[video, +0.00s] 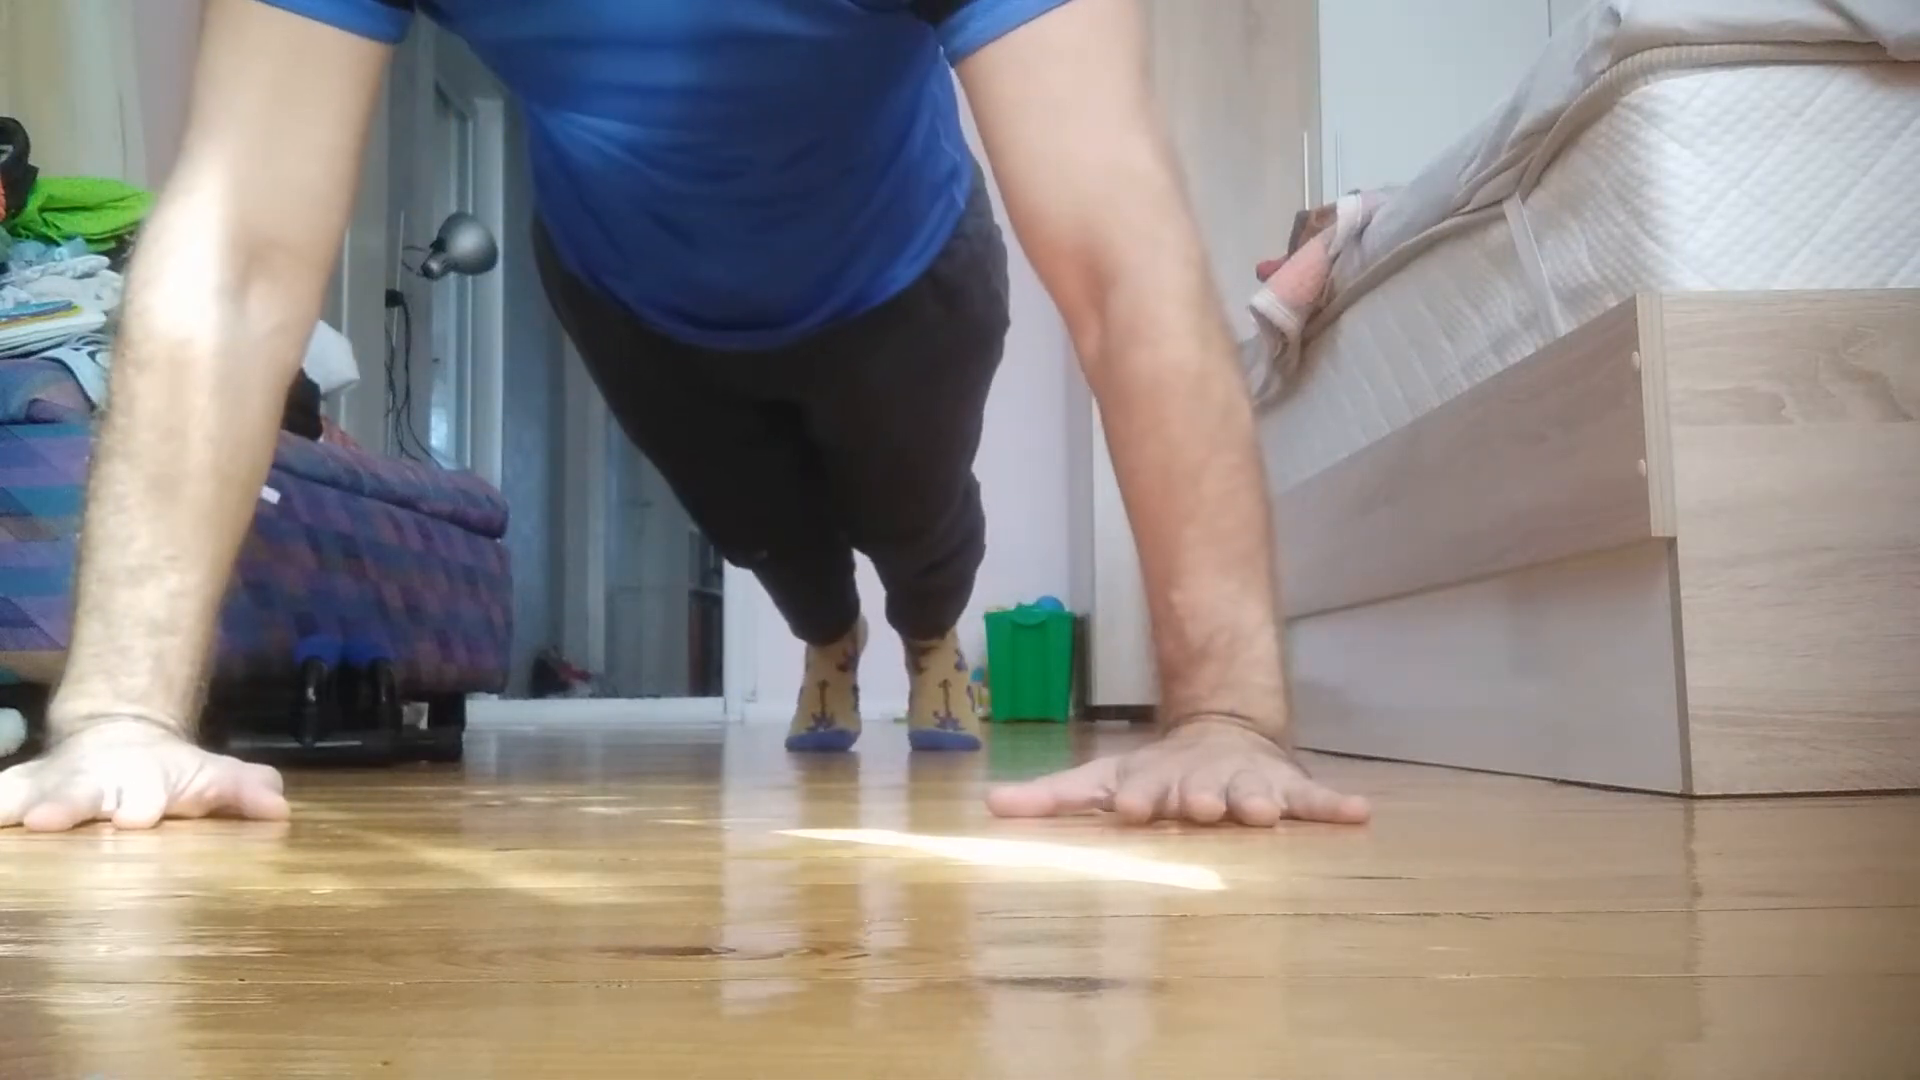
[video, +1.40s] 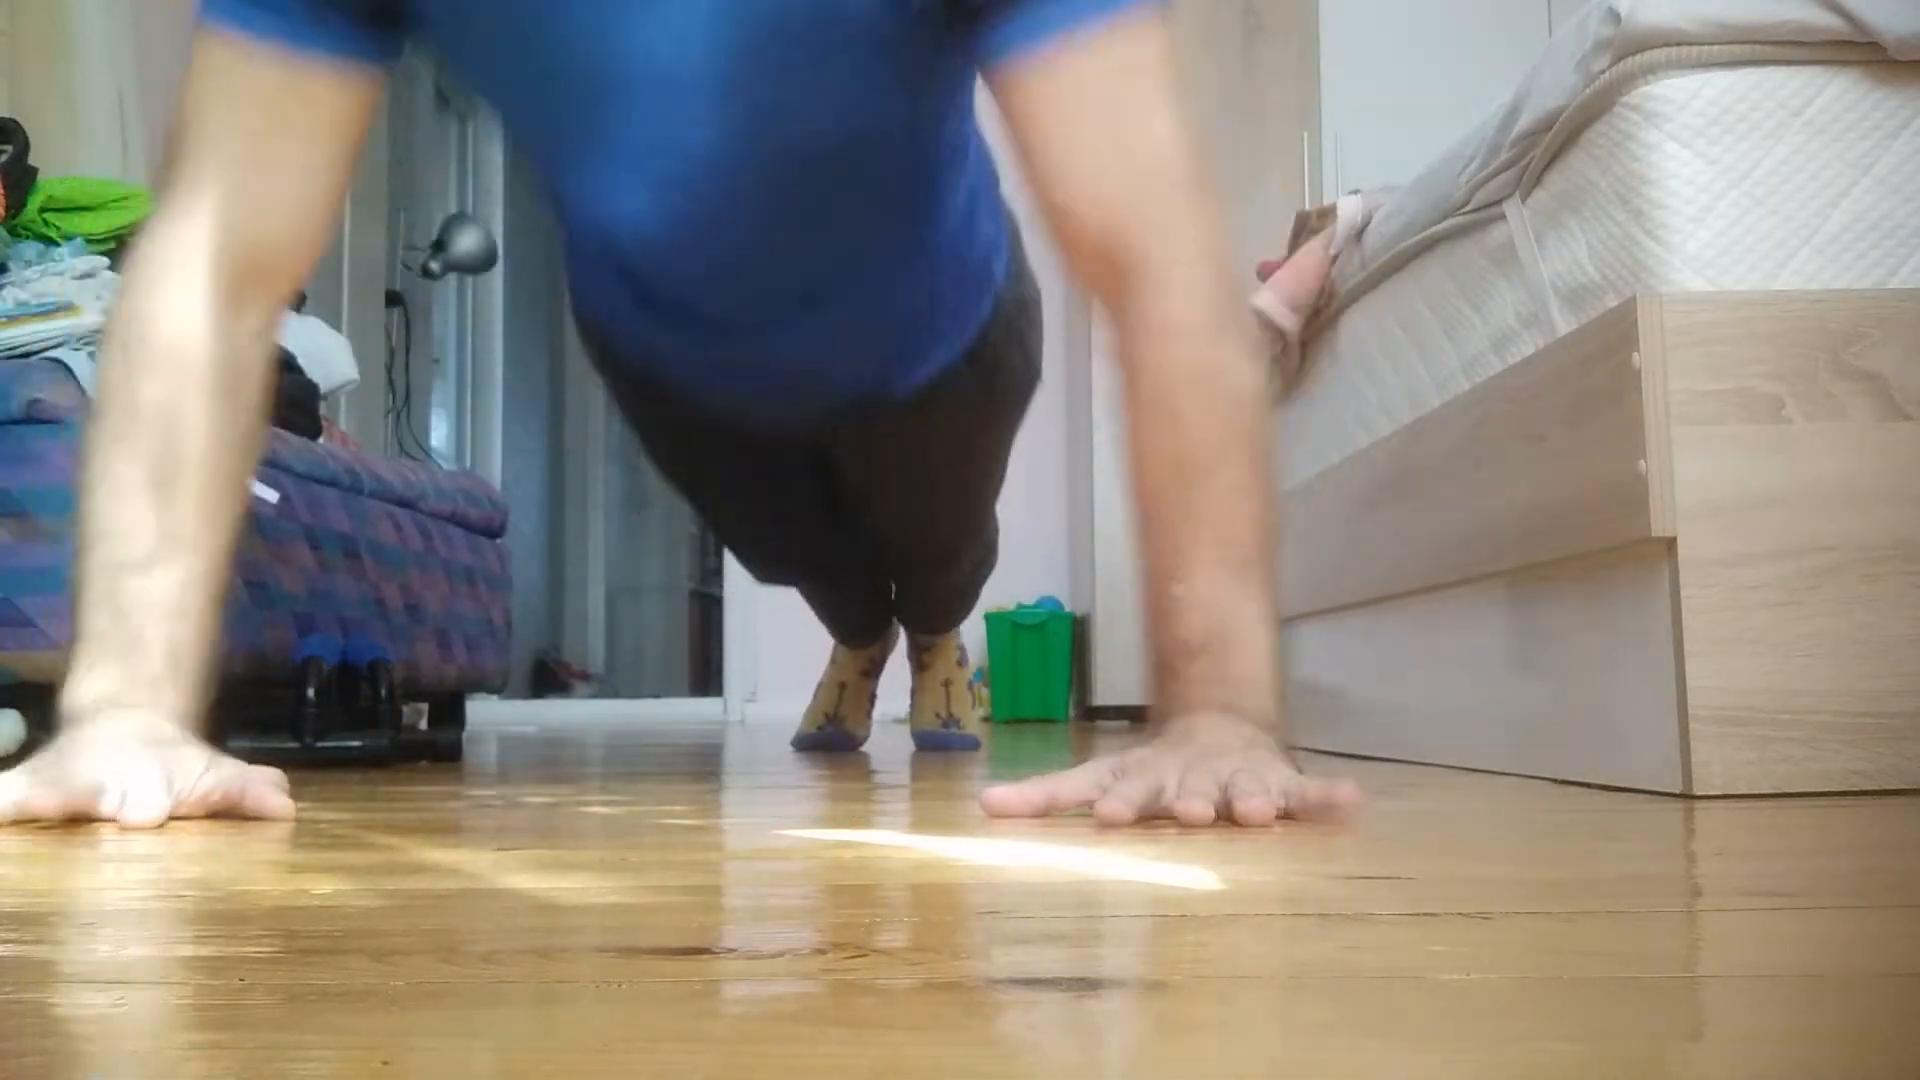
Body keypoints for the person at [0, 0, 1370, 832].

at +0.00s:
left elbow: (1125, 253)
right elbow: (233, 252)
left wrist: (1225, 704)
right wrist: (124, 710)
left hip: (887, 270)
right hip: (632, 297)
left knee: (910, 521)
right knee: (768, 531)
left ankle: (934, 642)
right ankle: (829, 650)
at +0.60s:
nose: (550, 42)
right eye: (486, 2)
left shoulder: (941, 29)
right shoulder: (300, 55)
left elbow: (1330, 334)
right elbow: (53, 357)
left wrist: (1233, 720)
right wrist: (112, 720)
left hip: (921, 487)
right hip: (697, 531)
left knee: (926, 610)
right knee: (808, 613)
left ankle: (926, 661)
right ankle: (840, 661)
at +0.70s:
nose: (525, 372)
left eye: (581, 242)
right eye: (437, 272)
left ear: (740, 92)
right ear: (320, 166)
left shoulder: (954, 202)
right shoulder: (242, 241)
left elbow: (1345, 373)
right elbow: (43, 408)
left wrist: (1234, 721)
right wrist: (114, 720)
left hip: (926, 586)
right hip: (660, 630)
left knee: (938, 636)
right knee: (781, 664)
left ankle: (930, 675)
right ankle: (830, 695)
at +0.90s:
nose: (505, 801)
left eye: (574, 680)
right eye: (401, 706)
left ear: (740, 491)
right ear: (281, 530)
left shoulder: (956, 431)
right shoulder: (231, 413)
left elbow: (1324, 379)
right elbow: (19, 377)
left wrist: (1229, 724)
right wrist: (114, 720)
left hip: (853, 729)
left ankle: (1285, 321)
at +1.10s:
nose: (499, 458)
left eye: (565, 366)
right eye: (420, 377)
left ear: (745, 225)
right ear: (322, 269)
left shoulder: (969, 256)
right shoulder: (246, 265)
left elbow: (1375, 365)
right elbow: (25, 403)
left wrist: (1240, 719)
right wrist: (113, 716)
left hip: (932, 570)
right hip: (685, 614)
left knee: (938, 639)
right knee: (793, 674)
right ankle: (828, 698)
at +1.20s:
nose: (512, 233)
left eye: (578, 135)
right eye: (440, 151)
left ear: (747, 28)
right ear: (356, 79)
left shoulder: (963, 96)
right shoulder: (281, 122)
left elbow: (1359, 351)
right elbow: (45, 382)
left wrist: (1237, 721)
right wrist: (121, 725)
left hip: (930, 497)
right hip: (722, 538)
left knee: (935, 612)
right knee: (828, 615)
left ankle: (932, 667)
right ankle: (851, 664)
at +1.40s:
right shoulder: (353, 0)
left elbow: (1165, 265)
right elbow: (212, 264)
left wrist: (1218, 716)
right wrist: (132, 708)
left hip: (922, 337)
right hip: (672, 363)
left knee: (935, 552)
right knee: (807, 557)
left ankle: (932, 656)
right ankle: (859, 646)